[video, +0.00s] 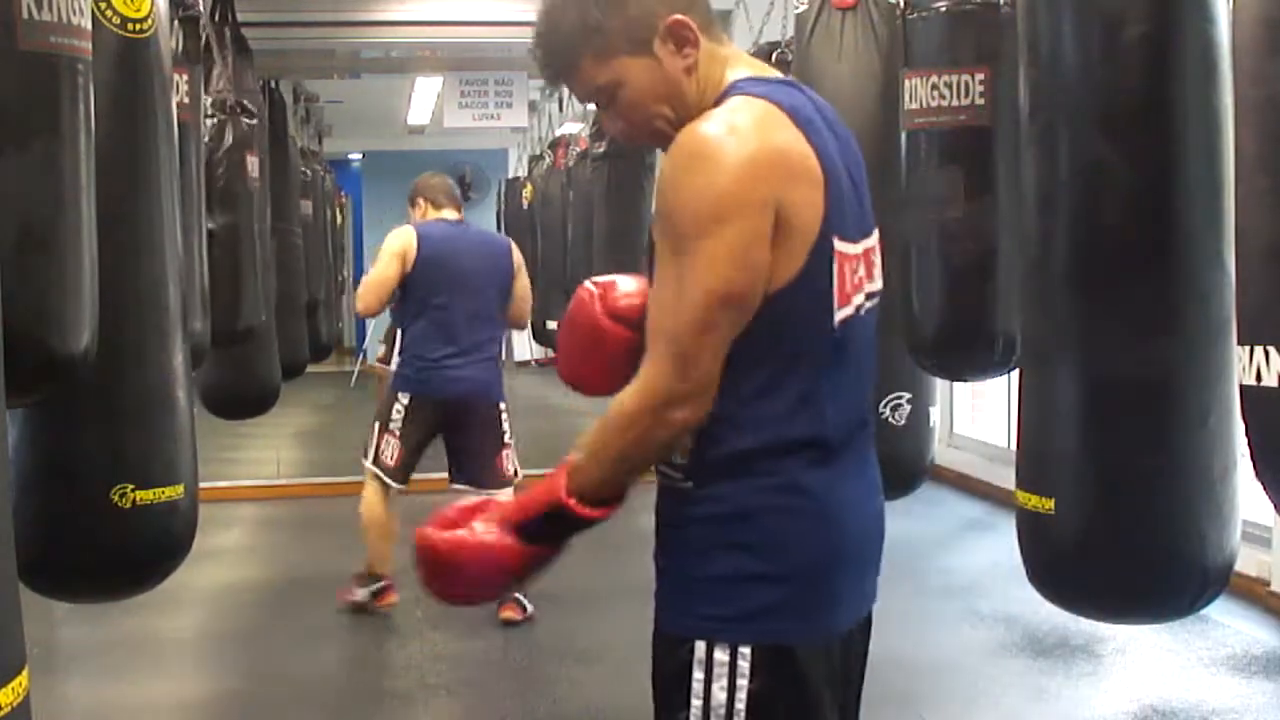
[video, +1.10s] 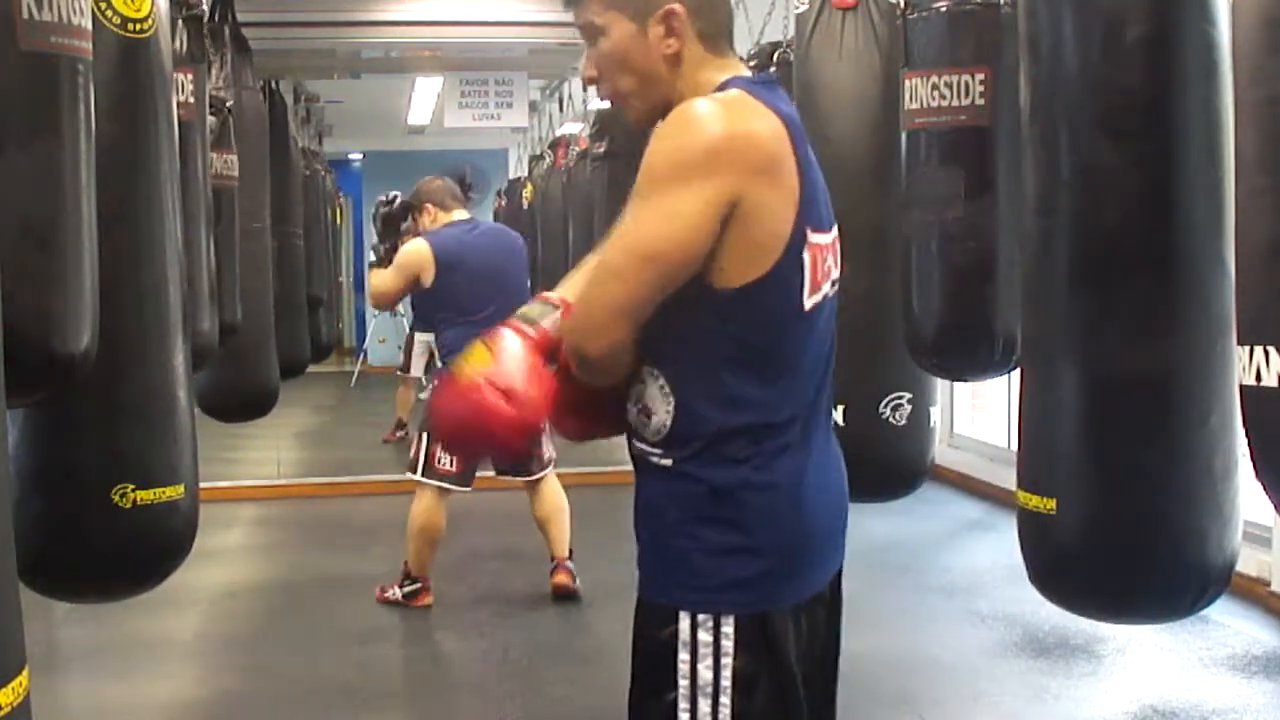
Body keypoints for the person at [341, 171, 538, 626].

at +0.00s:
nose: (411, 216)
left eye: (411, 211)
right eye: (412, 211)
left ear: (422, 206)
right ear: (460, 207)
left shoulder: (406, 239)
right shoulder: (505, 247)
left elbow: (366, 305)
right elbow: (520, 315)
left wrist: (383, 271)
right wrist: (476, 294)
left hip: (418, 390)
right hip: (481, 392)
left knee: (377, 487)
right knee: (499, 494)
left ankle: (378, 581)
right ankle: (510, 593)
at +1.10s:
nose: (417, 228)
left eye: (416, 221)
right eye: (416, 222)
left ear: (429, 212)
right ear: (462, 206)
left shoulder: (423, 250)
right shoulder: (512, 240)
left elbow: (381, 295)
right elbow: (511, 297)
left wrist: (389, 251)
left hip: (457, 380)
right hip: (518, 373)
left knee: (432, 487)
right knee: (541, 477)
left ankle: (415, 581)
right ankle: (562, 564)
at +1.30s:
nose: (431, 228)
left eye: (431, 223)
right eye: (431, 224)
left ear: (440, 217)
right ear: (475, 211)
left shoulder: (433, 251)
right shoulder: (523, 245)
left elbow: (405, 310)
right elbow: (524, 300)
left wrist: (402, 277)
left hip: (471, 380)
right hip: (527, 377)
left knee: (435, 487)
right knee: (551, 475)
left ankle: (415, 582)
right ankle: (588, 565)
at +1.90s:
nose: (469, 224)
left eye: (469, 217)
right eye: (470, 218)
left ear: (480, 214)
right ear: (514, 210)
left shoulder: (472, 246)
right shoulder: (552, 245)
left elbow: (444, 313)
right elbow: (574, 306)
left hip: (497, 383)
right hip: (555, 382)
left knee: (457, 483)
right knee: (572, 480)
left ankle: (432, 578)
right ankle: (607, 564)